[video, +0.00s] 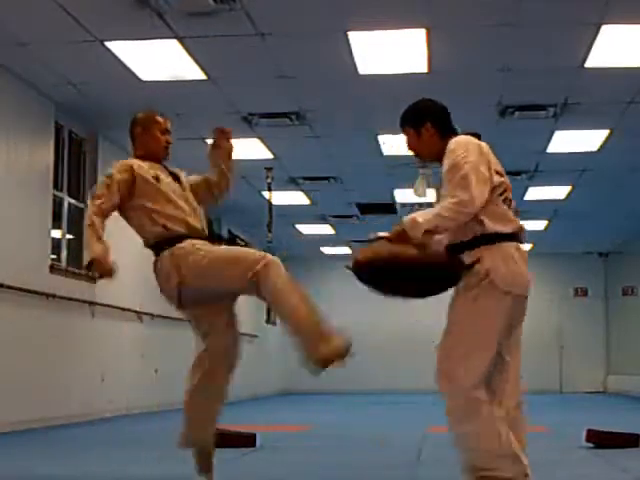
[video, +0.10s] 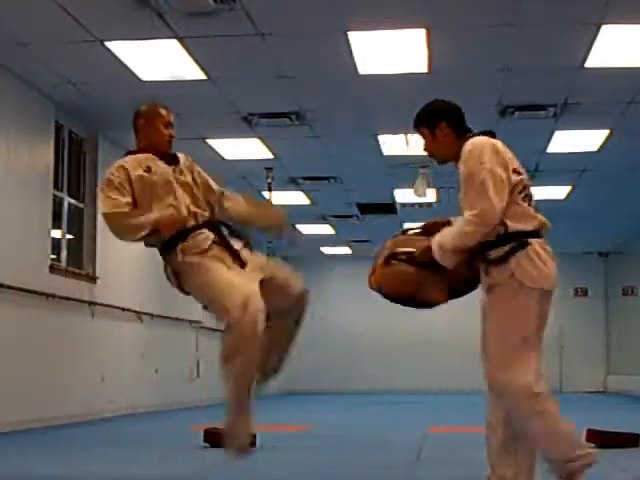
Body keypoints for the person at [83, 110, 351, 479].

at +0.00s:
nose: (168, 138)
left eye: (169, 133)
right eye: (161, 131)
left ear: (169, 141)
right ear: (139, 137)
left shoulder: (179, 179)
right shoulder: (129, 170)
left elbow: (217, 186)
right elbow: (97, 208)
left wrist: (221, 154)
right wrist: (97, 249)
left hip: (200, 264)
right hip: (179, 260)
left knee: (220, 349)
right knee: (264, 266)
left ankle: (199, 435)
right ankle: (318, 344)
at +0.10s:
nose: (171, 132)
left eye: (172, 126)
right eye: (164, 126)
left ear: (171, 130)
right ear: (141, 129)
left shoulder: (186, 165)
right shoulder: (124, 169)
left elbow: (222, 201)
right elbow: (117, 221)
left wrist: (264, 213)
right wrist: (156, 222)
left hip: (228, 244)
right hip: (191, 253)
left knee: (291, 292)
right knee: (246, 305)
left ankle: (261, 368)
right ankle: (237, 425)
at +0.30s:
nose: (212, 164)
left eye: (213, 158)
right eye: (205, 156)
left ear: (210, 165)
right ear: (182, 158)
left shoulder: (214, 207)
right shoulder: (155, 204)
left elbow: (221, 254)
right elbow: (166, 242)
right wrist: (196, 192)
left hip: (244, 279)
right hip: (208, 305)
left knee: (315, 279)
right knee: (226, 385)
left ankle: (391, 311)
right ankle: (228, 468)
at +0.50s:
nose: (223, 143)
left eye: (223, 137)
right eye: (216, 136)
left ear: (215, 142)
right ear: (192, 140)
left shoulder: (232, 189)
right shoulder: (175, 185)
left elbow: (253, 240)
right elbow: (167, 240)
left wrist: (288, 261)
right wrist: (211, 253)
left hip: (261, 291)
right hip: (222, 294)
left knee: (280, 379)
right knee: (239, 376)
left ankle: (260, 470)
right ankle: (222, 468)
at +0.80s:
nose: (239, 134)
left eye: (238, 128)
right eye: (232, 126)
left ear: (227, 134)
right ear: (208, 131)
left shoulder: (235, 185)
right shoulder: (186, 172)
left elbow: (233, 234)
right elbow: (163, 224)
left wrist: (255, 234)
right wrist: (214, 242)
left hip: (236, 283)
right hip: (202, 278)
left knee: (251, 367)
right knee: (208, 365)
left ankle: (256, 466)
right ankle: (151, 457)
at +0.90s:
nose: (229, 146)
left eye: (228, 139)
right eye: (222, 138)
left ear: (209, 142)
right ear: (199, 140)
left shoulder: (215, 194)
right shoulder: (178, 183)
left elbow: (215, 242)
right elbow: (157, 238)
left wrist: (239, 253)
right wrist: (213, 255)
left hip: (230, 298)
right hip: (199, 295)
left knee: (245, 386)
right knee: (187, 382)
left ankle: (243, 471)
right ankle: (113, 461)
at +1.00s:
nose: (214, 160)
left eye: (214, 153)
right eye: (209, 152)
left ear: (189, 154)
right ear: (186, 152)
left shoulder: (189, 204)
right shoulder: (160, 197)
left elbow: (185, 258)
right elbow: (151, 257)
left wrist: (217, 274)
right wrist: (209, 265)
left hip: (210, 308)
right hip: (180, 306)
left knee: (231, 399)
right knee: (165, 394)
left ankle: (243, 471)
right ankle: (99, 471)